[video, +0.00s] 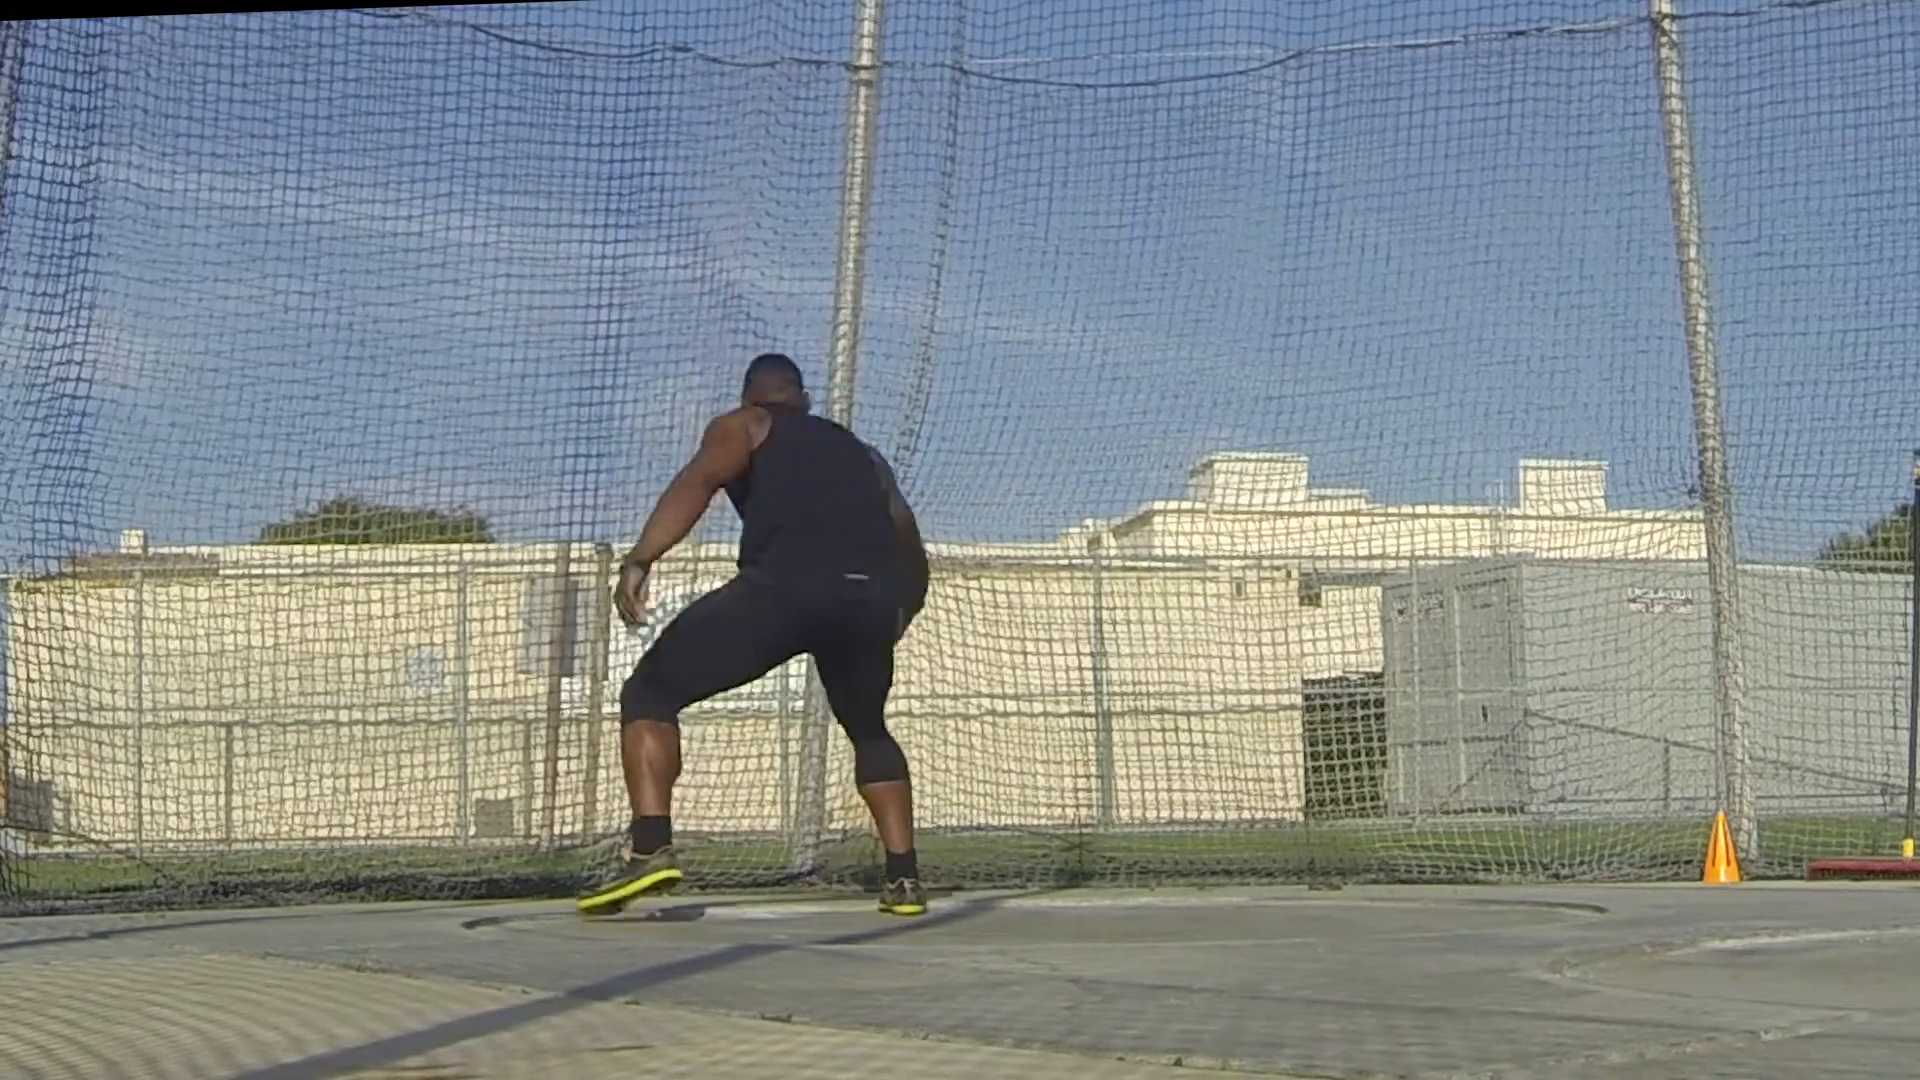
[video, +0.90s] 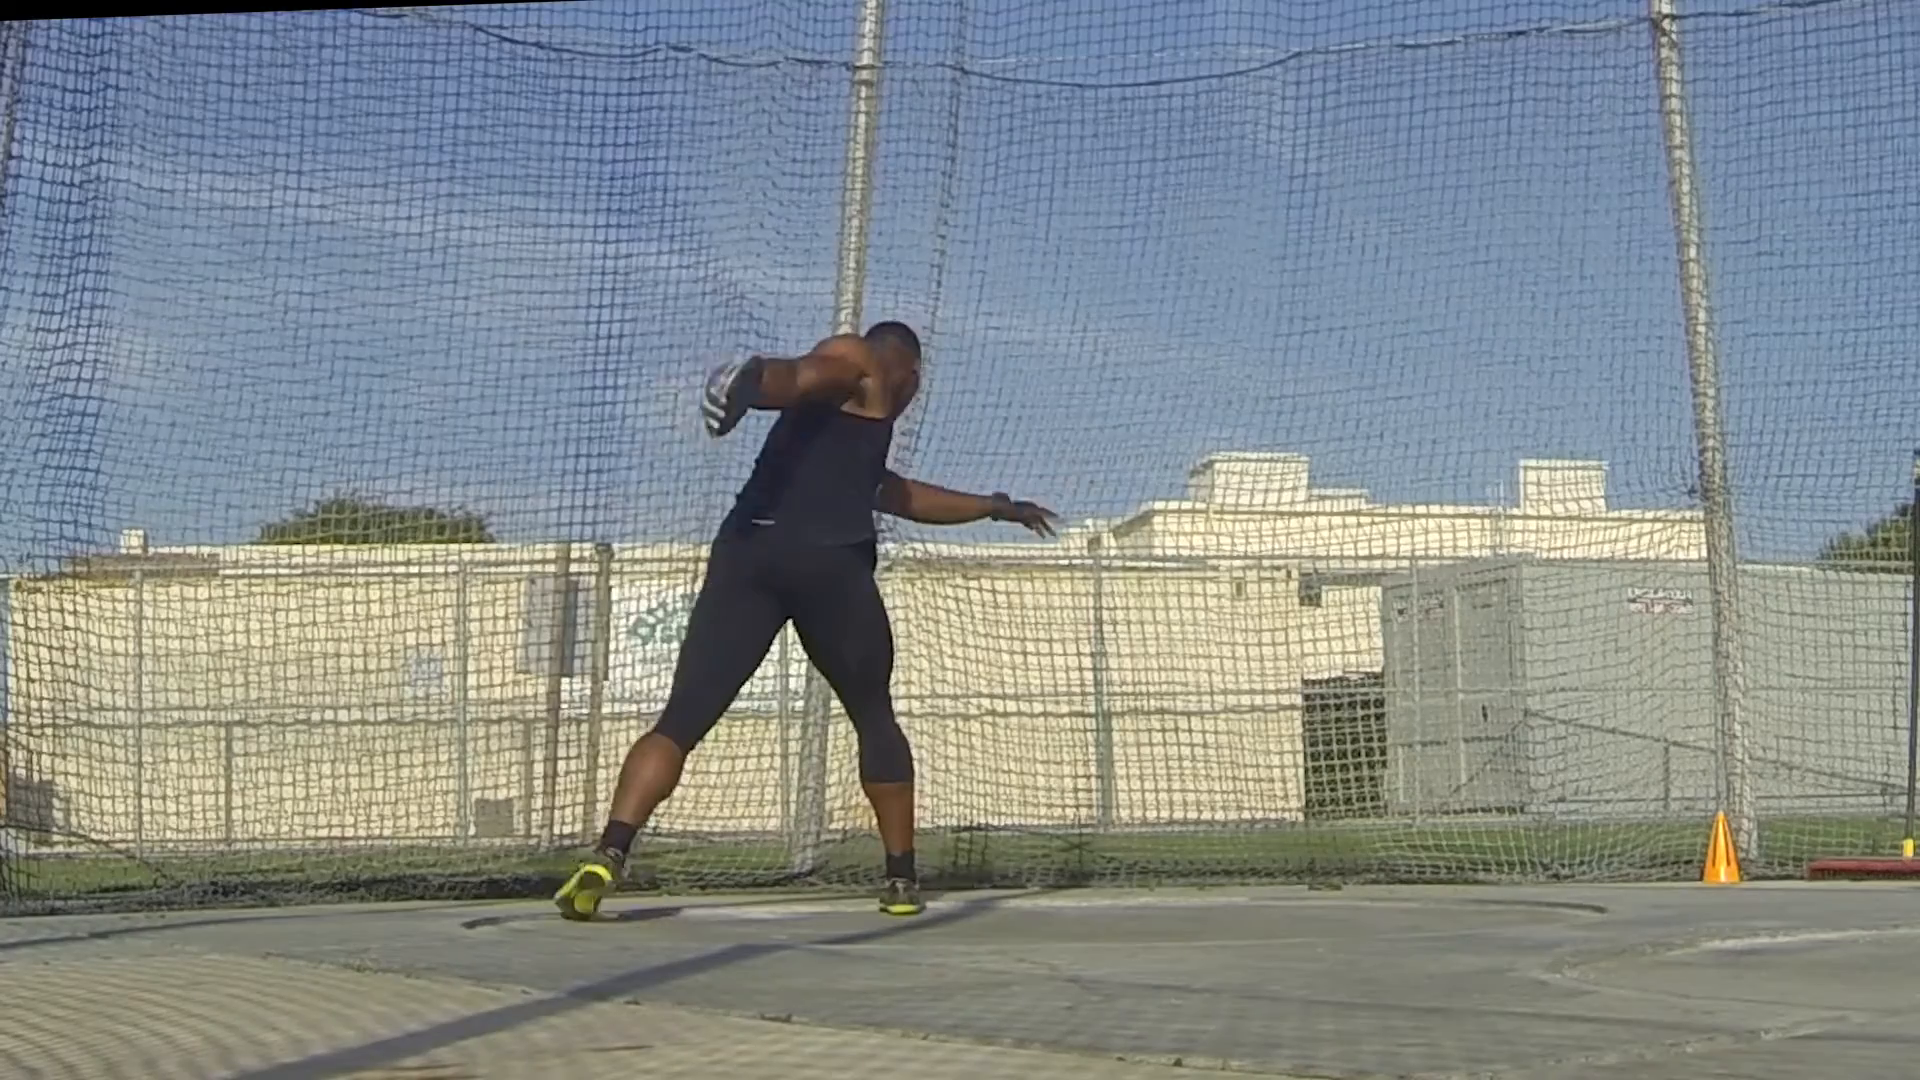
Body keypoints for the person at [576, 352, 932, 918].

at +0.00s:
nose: (747, 416)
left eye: (746, 408)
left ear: (750, 402)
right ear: (805, 401)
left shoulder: (743, 424)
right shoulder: (863, 453)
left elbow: (701, 480)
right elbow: (913, 554)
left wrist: (639, 559)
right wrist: (899, 611)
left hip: (783, 587)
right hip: (873, 599)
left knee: (649, 693)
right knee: (869, 728)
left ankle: (650, 852)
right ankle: (904, 877)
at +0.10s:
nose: (785, 395)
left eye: (778, 390)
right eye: (801, 388)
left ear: (776, 392)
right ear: (836, 394)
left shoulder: (748, 422)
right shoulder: (888, 434)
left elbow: (665, 473)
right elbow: (997, 476)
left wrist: (585, 526)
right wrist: (1073, 491)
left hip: (769, 588)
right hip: (860, 592)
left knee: (662, 710)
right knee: (871, 724)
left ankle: (647, 855)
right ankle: (906, 878)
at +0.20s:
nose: (846, 382)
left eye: (832, 375)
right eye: (854, 377)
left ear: (806, 382)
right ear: (863, 381)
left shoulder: (760, 414)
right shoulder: (895, 405)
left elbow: (653, 460)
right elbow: (1009, 399)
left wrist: (555, 500)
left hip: (771, 578)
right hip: (860, 582)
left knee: (674, 715)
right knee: (874, 723)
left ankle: (645, 850)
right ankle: (904, 877)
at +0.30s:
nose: (896, 376)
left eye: (884, 368)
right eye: (893, 366)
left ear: (834, 362)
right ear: (882, 363)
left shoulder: (776, 411)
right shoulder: (892, 378)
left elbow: (682, 455)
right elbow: (963, 347)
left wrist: (598, 493)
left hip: (773, 568)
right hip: (860, 573)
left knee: (691, 710)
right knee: (880, 718)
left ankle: (642, 844)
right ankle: (904, 877)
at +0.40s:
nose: (915, 356)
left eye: (914, 349)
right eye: (909, 353)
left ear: (843, 359)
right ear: (896, 354)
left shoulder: (802, 409)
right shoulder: (889, 383)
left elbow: (749, 458)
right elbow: (887, 332)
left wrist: (720, 496)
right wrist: (888, 296)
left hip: (773, 553)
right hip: (855, 558)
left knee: (704, 706)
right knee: (884, 710)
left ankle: (640, 837)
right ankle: (906, 876)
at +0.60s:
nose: (938, 375)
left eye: (941, 365)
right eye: (938, 361)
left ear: (899, 345)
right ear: (918, 345)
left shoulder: (867, 419)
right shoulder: (870, 342)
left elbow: (925, 478)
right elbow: (795, 345)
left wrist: (996, 489)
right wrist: (731, 343)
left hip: (766, 535)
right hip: (847, 551)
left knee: (708, 698)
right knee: (883, 711)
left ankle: (615, 827)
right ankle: (908, 876)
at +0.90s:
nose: (918, 384)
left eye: (919, 374)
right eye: (916, 370)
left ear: (872, 357)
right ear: (895, 357)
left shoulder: (842, 430)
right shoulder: (865, 356)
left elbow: (905, 498)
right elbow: (801, 375)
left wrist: (996, 506)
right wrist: (745, 387)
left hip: (748, 552)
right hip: (831, 562)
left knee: (683, 716)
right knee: (875, 716)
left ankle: (609, 853)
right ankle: (901, 877)